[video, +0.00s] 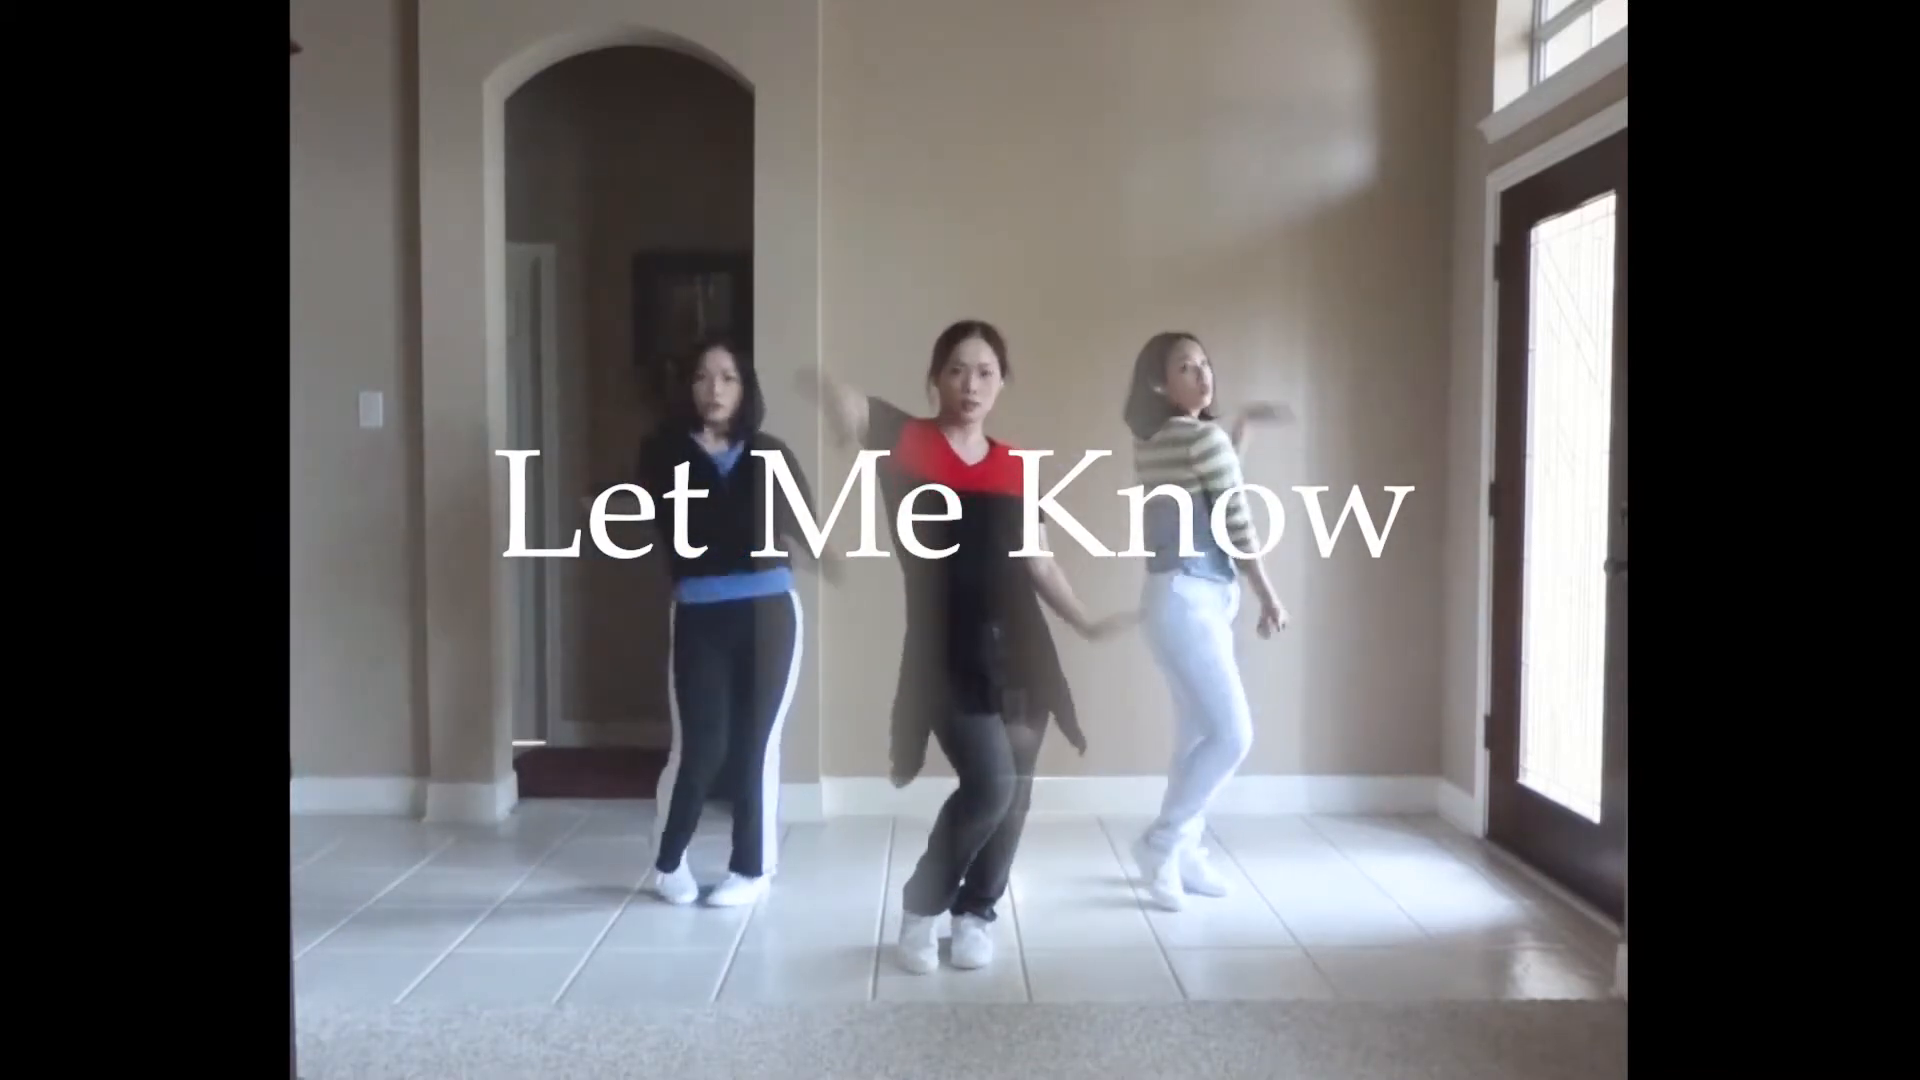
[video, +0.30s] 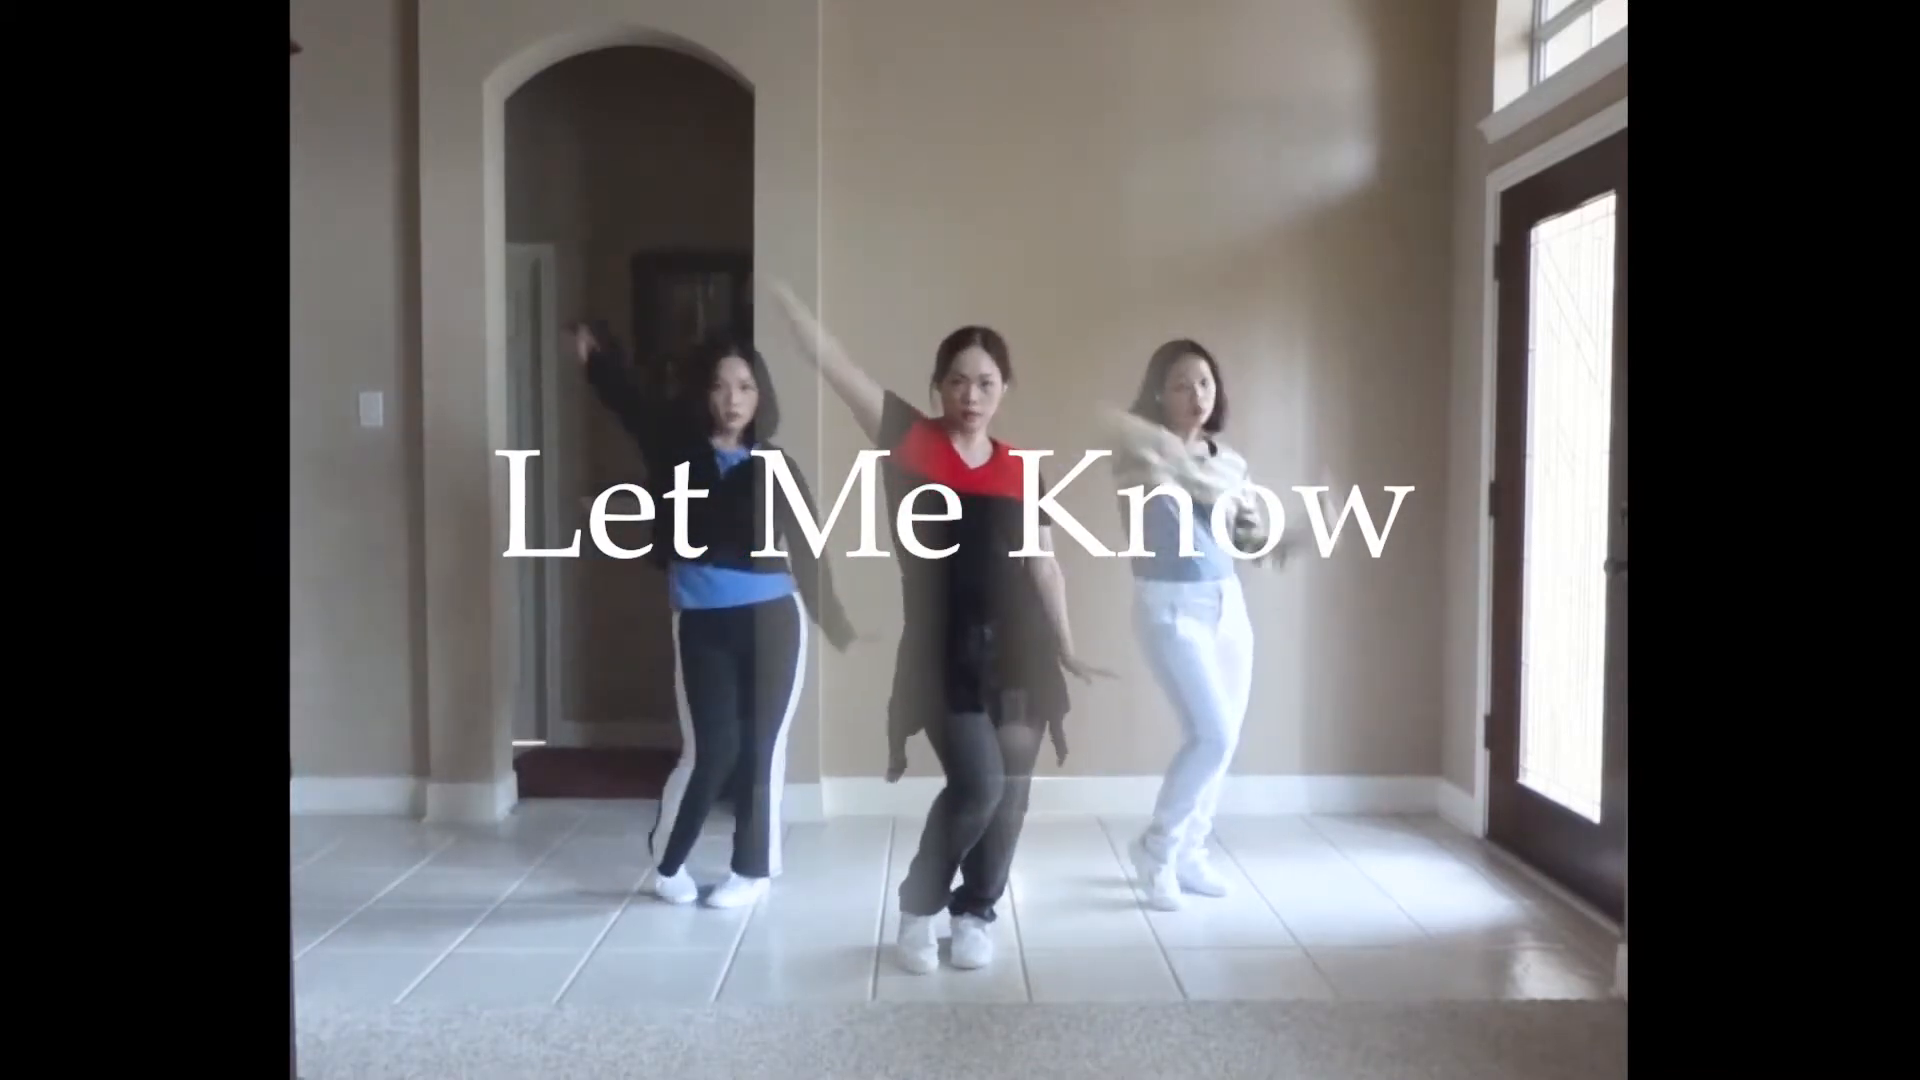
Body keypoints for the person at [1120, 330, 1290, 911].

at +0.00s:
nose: (1202, 375)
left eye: (1204, 365)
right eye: (1187, 368)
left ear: (1208, 373)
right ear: (1160, 384)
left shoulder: (1151, 439)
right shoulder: (1206, 435)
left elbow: (1199, 462)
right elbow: (1235, 521)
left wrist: (1237, 429)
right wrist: (1268, 596)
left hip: (1169, 593)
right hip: (1195, 597)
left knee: (1195, 731)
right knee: (1233, 735)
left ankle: (1189, 851)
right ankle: (1161, 844)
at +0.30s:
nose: (1197, 397)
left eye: (1205, 386)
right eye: (1184, 387)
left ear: (1217, 394)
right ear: (1158, 394)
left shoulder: (1228, 462)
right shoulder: (1141, 450)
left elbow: (1251, 537)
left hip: (1226, 604)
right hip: (1170, 605)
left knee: (1223, 733)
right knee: (1213, 734)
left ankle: (1191, 849)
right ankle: (1157, 847)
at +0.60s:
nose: (1194, 401)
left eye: (1202, 388)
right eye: (1180, 391)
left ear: (1218, 392)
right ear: (1159, 398)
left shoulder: (1246, 464)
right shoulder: (1139, 444)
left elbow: (1281, 538)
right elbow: (1089, 413)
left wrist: (1313, 601)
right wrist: (1073, 364)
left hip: (1219, 619)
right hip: (1150, 617)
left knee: (1221, 747)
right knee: (1161, 738)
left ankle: (1184, 855)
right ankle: (1132, 854)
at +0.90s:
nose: (1189, 358)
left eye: (1199, 351)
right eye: (1177, 349)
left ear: (1213, 367)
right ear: (1154, 361)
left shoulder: (1230, 439)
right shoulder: (1123, 421)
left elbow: (1287, 486)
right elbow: (1067, 381)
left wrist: (1332, 512)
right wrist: (1038, 313)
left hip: (1204, 589)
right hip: (1137, 591)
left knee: (1208, 723)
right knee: (1138, 718)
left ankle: (1214, 847)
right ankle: (1142, 823)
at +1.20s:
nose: (1171, 388)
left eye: (1181, 380)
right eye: (1160, 378)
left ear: (1193, 395)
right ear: (1137, 387)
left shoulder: (1205, 460)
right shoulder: (1105, 443)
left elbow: (1255, 507)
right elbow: (1048, 405)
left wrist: (1311, 512)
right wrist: (1049, 344)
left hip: (1184, 594)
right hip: (1121, 600)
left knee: (1192, 719)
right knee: (1130, 724)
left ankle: (1230, 838)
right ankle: (1147, 830)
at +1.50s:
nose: (1116, 408)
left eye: (1125, 401)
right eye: (1118, 400)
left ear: (1149, 412)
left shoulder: (1203, 475)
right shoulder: (1107, 466)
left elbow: (1242, 529)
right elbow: (1063, 442)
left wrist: (1297, 539)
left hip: (1175, 606)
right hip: (1115, 607)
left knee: (1182, 717)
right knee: (1119, 724)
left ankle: (1206, 840)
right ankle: (1144, 827)